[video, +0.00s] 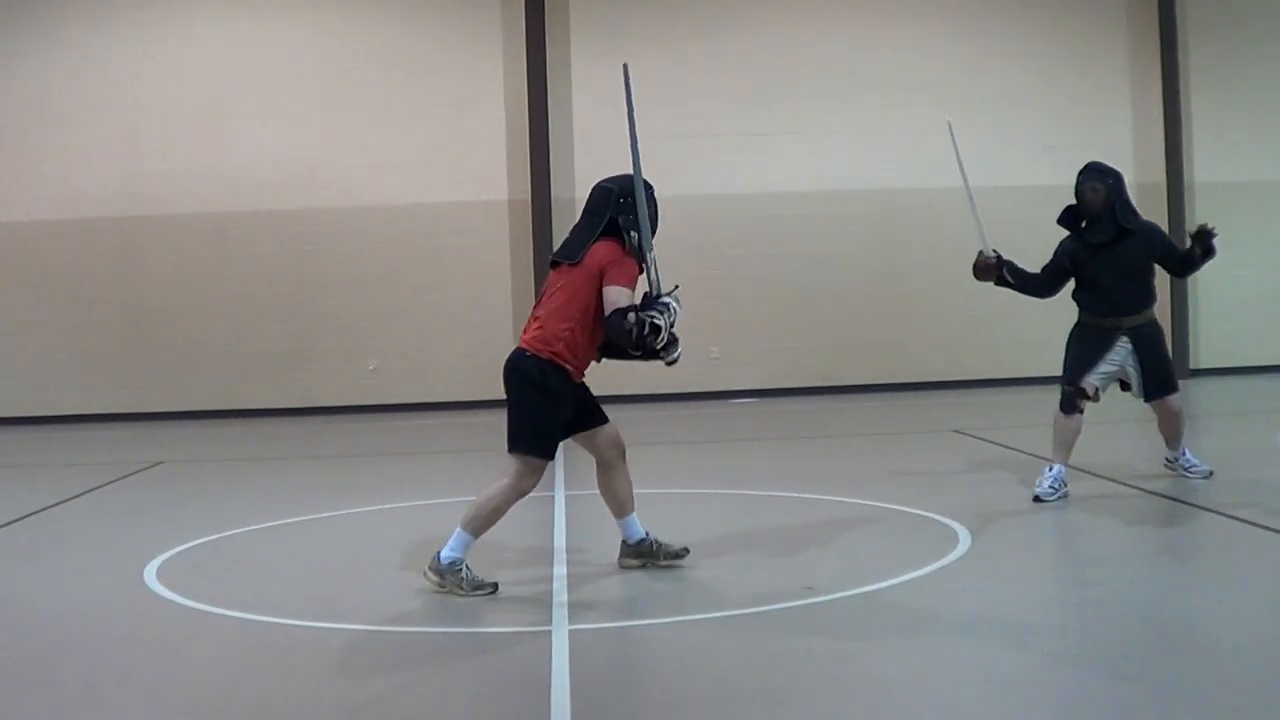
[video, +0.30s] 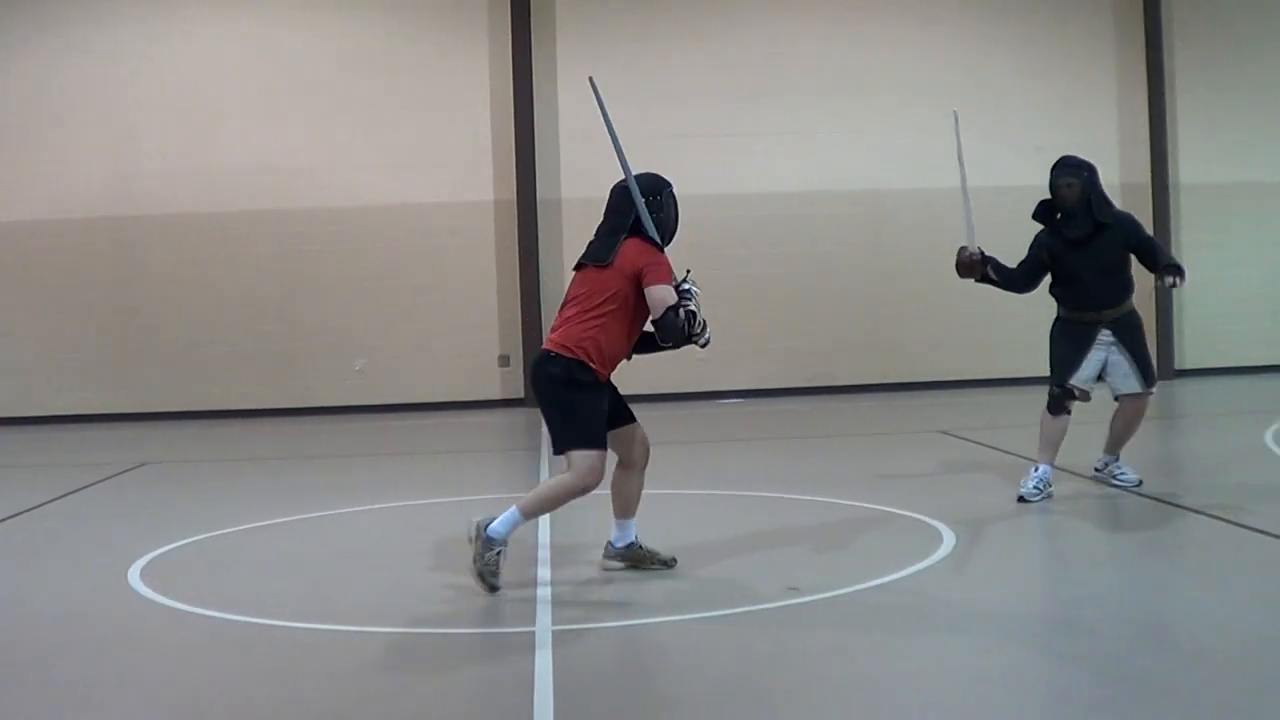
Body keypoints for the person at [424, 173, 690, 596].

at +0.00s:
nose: (650, 229)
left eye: (650, 218)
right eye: (648, 218)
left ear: (605, 213)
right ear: (632, 217)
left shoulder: (576, 251)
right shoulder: (618, 256)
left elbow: (596, 341)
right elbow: (622, 328)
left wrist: (653, 346)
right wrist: (659, 315)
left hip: (556, 374)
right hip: (541, 372)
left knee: (610, 449)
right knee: (523, 477)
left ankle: (635, 541)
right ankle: (448, 560)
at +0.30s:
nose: (674, 216)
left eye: (671, 206)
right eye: (670, 207)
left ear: (625, 210)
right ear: (657, 210)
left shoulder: (602, 252)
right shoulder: (646, 253)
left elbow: (618, 341)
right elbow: (673, 327)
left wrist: (677, 336)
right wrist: (687, 304)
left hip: (583, 371)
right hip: (569, 370)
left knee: (634, 450)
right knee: (586, 474)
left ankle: (622, 544)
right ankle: (493, 532)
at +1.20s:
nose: (680, 185)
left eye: (676, 175)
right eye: (676, 175)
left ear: (624, 180)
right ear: (665, 179)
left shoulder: (603, 228)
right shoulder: (663, 231)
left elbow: (599, 305)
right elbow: (674, 310)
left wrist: (657, 332)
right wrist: (677, 334)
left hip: (582, 361)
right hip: (602, 368)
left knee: (648, 466)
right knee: (578, 484)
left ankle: (689, 567)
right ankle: (520, 588)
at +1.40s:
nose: (699, 197)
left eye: (697, 188)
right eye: (696, 188)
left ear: (643, 192)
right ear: (685, 190)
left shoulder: (625, 236)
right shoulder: (686, 234)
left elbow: (619, 318)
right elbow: (696, 307)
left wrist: (673, 353)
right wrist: (714, 319)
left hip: (595, 360)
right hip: (620, 364)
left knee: (671, 452)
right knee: (655, 473)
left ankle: (665, 569)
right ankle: (558, 551)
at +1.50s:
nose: (714, 197)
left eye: (711, 188)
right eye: (711, 188)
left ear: (655, 188)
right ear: (700, 189)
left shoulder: (638, 232)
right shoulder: (699, 230)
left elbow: (629, 317)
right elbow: (711, 301)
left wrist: (686, 352)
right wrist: (728, 315)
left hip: (606, 357)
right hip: (638, 359)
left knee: (673, 466)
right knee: (683, 470)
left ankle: (661, 566)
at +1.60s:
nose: (733, 204)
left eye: (730, 196)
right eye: (730, 197)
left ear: (674, 198)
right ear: (719, 199)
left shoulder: (654, 246)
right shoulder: (722, 245)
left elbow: (656, 326)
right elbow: (729, 308)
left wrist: (714, 355)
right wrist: (744, 332)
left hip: (621, 372)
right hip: (661, 374)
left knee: (680, 472)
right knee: (703, 490)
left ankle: (677, 559)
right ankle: (662, 600)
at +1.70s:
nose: (750, 227)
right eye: (747, 219)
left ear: (694, 220)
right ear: (741, 222)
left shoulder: (674, 267)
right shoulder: (746, 270)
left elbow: (679, 335)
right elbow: (755, 331)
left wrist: (735, 359)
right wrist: (776, 324)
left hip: (636, 391)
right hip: (683, 394)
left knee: (693, 468)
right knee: (732, 507)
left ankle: (723, 548)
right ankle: (667, 595)